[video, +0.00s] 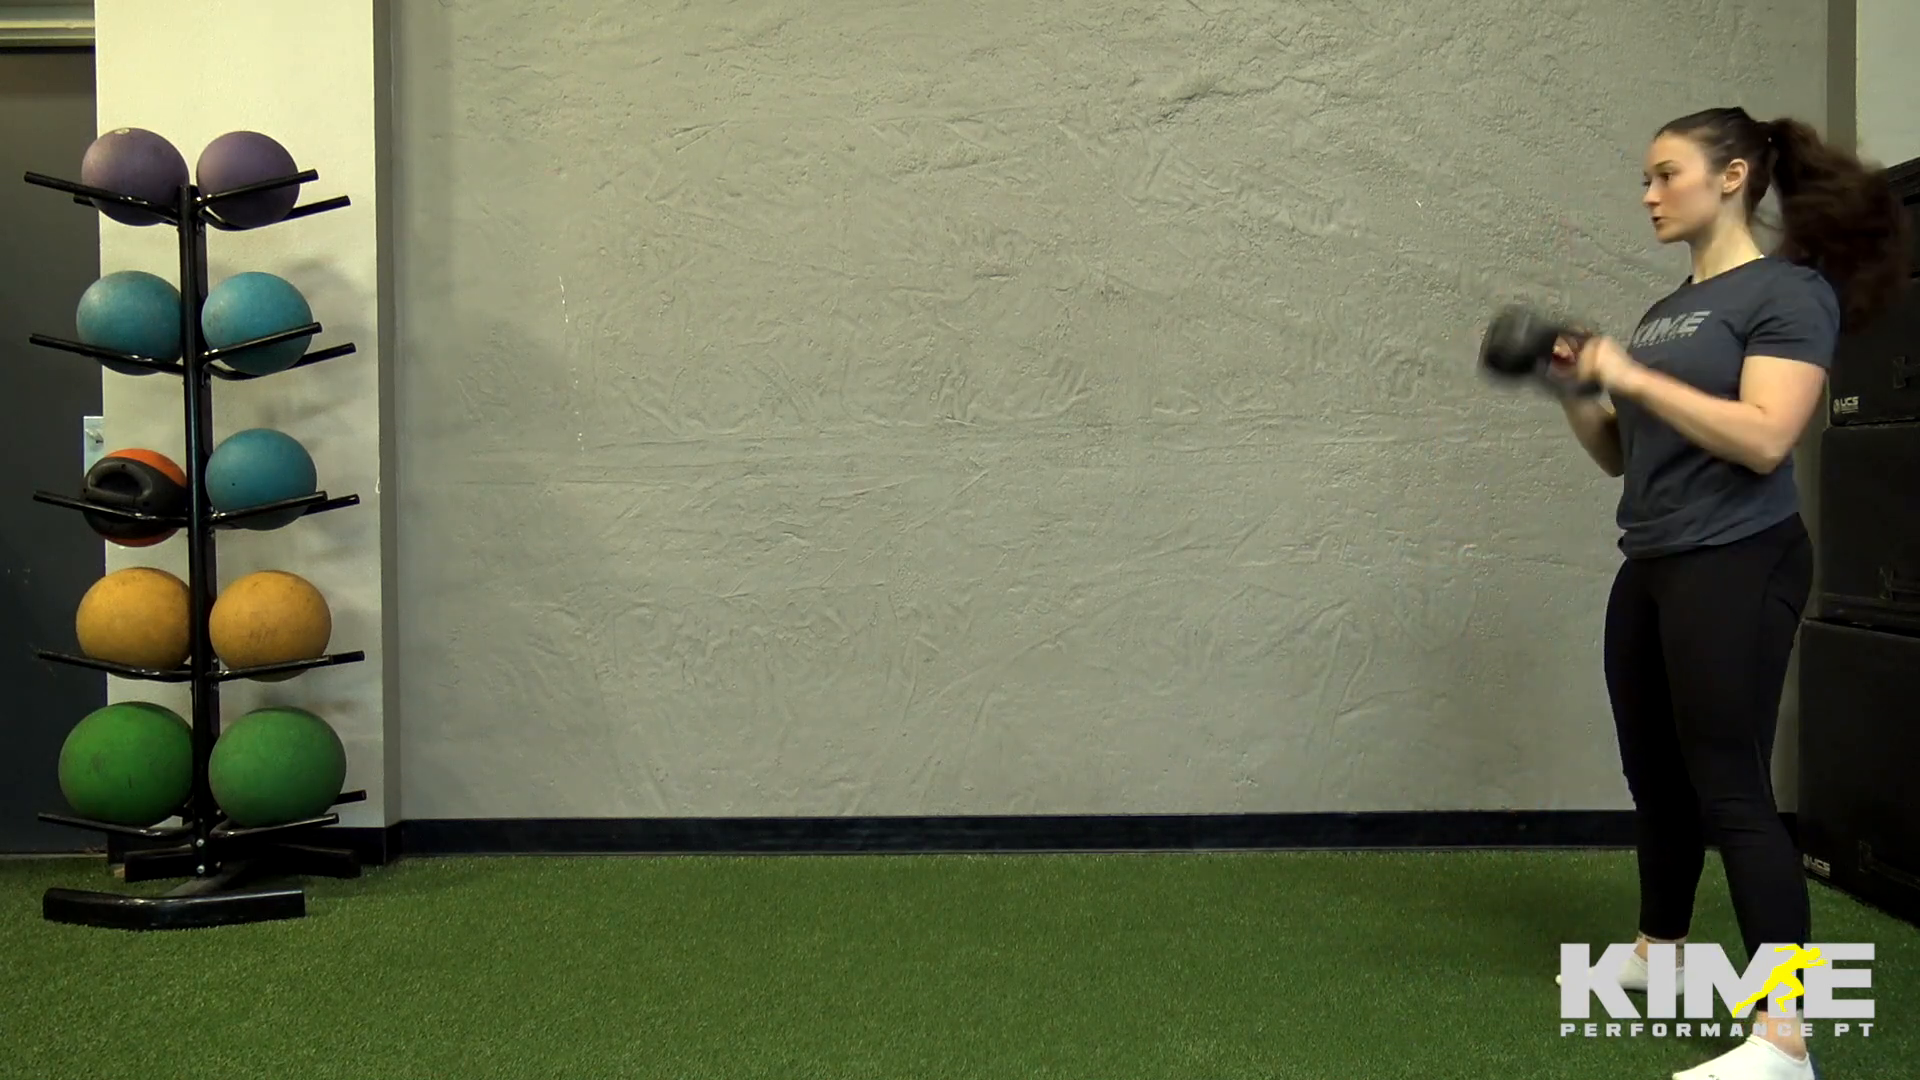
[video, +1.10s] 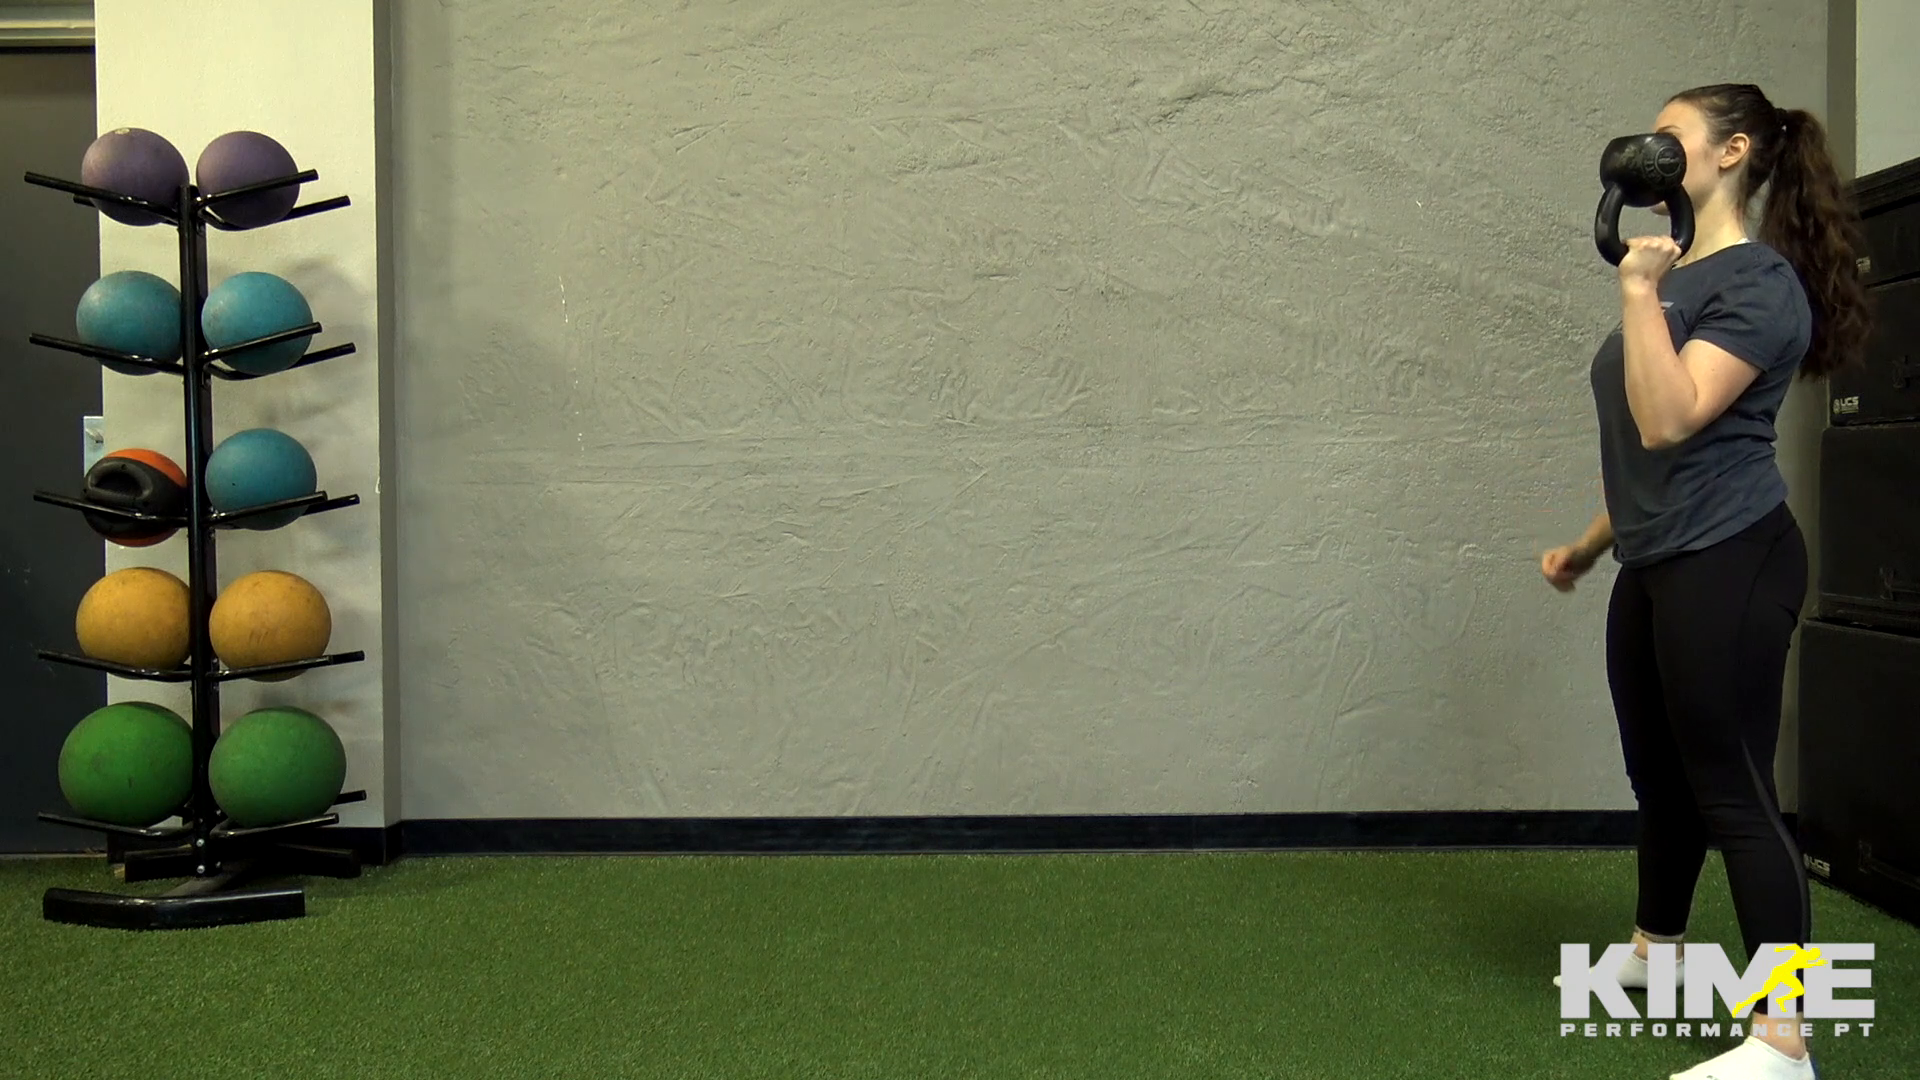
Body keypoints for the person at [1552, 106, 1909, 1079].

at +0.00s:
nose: (1649, 197)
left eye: (1666, 176)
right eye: (1648, 180)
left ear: (1734, 177)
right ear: (1709, 184)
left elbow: (1766, 437)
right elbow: (1625, 456)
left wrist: (1627, 372)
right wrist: (1579, 395)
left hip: (1739, 564)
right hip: (1650, 569)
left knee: (1733, 789)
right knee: (1658, 784)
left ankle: (1787, 1029)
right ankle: (1655, 968)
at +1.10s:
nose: (1651, 161)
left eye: (1672, 143)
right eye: (1652, 145)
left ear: (1734, 153)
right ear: (1711, 156)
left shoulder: (1762, 286)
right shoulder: (1678, 279)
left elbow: (1668, 418)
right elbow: (1651, 444)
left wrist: (1639, 292)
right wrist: (1592, 540)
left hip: (1730, 561)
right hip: (1653, 567)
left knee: (1733, 792)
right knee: (1663, 781)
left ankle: (1783, 1036)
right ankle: (1652, 964)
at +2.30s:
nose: (1580, 157)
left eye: (1597, 140)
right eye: (1581, 141)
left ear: (1662, 147)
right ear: (1644, 149)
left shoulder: (1685, 280)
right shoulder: (1601, 271)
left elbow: (1592, 422)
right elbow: (1585, 442)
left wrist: (1554, 297)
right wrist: (1545, 554)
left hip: (1653, 562)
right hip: (1583, 569)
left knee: (1624, 795)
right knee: (1594, 792)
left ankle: (1763, 996)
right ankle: (1620, 1006)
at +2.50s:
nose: (1546, 155)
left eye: (1565, 140)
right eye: (1549, 140)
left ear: (1629, 151)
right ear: (1607, 153)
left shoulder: (1655, 283)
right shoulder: (1574, 274)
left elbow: (1558, 431)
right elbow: (1566, 442)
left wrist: (1520, 306)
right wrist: (1526, 553)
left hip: (1620, 560)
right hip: (1571, 564)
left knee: (1519, 783)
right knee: (1593, 793)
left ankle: (1626, 1001)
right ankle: (1623, 1000)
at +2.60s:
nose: (1531, 155)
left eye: (1550, 140)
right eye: (1534, 141)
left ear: (1614, 152)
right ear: (1592, 155)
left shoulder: (1638, 284)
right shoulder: (1563, 280)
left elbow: (1544, 432)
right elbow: (1563, 444)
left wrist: (1507, 306)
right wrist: (1522, 559)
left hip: (1609, 560)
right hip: (1566, 564)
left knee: (1498, 778)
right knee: (1586, 795)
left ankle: (1542, 1009)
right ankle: (1616, 1005)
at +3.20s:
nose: (1407, 159)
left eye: (1425, 143)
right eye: (1409, 144)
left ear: (1486, 154)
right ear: (1468, 157)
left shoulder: (1508, 285)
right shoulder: (1441, 275)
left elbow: (1409, 424)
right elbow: (1417, 443)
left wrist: (1372, 302)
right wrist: (1395, 565)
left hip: (1470, 560)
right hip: (1432, 561)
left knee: (1431, 791)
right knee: (1442, 784)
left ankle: (1424, 1014)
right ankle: (1571, 960)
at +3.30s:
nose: (1391, 159)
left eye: (1409, 143)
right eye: (1394, 144)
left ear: (1469, 153)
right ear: (1452, 156)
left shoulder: (1491, 284)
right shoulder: (1422, 274)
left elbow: (1392, 422)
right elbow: (1395, 441)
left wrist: (1354, 299)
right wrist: (1376, 567)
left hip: (1454, 560)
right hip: (1404, 565)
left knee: (1423, 789)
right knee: (1385, 786)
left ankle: (1425, 1014)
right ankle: (1536, 946)